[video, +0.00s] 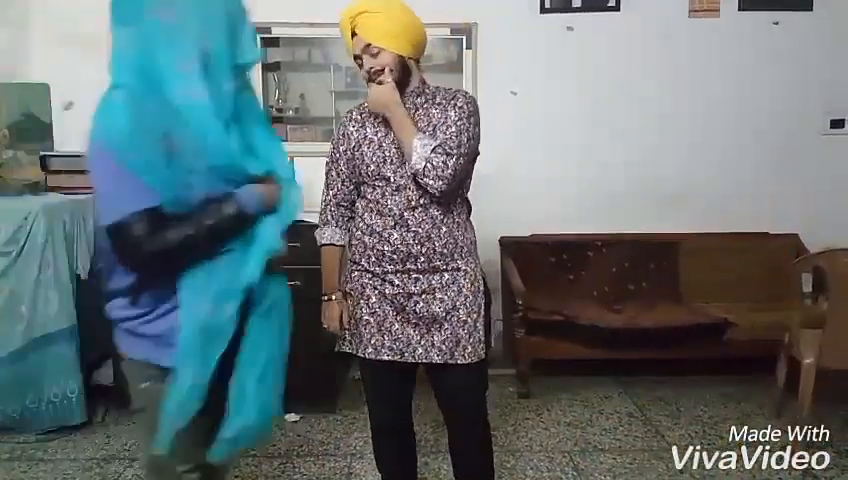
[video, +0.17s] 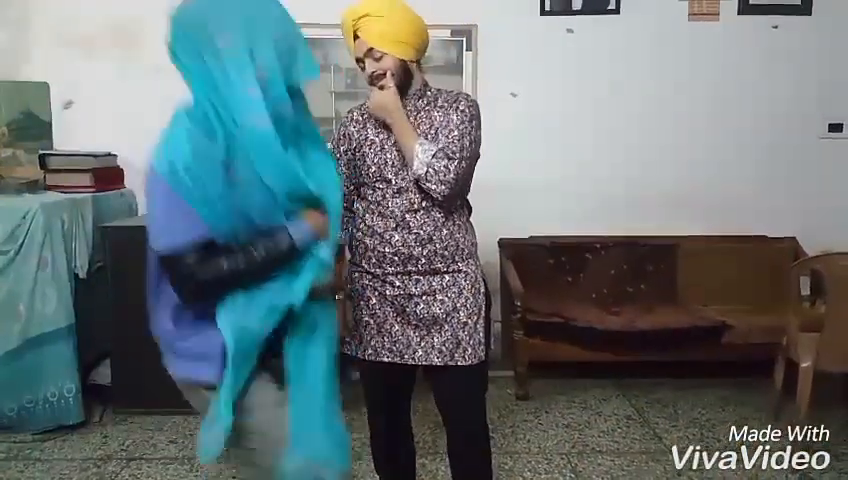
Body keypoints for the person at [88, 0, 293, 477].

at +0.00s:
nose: (233, 51)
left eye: (231, 34)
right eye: (217, 35)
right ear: (173, 36)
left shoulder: (229, 108)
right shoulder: (125, 116)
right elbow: (143, 247)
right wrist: (249, 201)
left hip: (223, 331)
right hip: (160, 340)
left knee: (214, 460)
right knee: (171, 465)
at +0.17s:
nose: (280, 75)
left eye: (280, 57)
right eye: (263, 58)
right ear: (225, 63)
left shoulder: (286, 136)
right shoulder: (185, 152)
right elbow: (194, 280)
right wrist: (298, 235)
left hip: (282, 338)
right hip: (213, 355)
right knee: (304, 460)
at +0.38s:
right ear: (279, 57)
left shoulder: (334, 136)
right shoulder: (236, 148)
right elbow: (232, 284)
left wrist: (367, 284)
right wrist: (338, 257)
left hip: (332, 345)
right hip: (261, 366)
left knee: (389, 457)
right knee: (371, 465)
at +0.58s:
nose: (381, 16)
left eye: (377, 9)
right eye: (370, 8)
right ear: (338, 11)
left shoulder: (397, 86)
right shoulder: (283, 77)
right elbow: (267, 199)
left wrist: (434, 237)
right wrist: (383, 194)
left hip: (391, 328)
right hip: (309, 331)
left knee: (380, 466)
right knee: (323, 466)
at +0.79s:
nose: (405, 40)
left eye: (419, 23)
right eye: (388, 23)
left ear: (433, 27)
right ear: (361, 26)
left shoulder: (460, 108)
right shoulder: (333, 102)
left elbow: (473, 199)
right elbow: (316, 206)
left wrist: (497, 245)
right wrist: (428, 202)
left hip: (453, 349)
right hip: (362, 348)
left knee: (455, 465)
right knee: (368, 464)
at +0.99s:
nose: (386, 70)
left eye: (395, 56)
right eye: (374, 62)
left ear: (418, 53)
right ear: (364, 68)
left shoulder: (448, 118)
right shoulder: (352, 126)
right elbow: (329, 213)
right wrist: (330, 296)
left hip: (445, 298)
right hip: (373, 302)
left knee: (444, 420)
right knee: (386, 430)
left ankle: (436, 473)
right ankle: (385, 475)